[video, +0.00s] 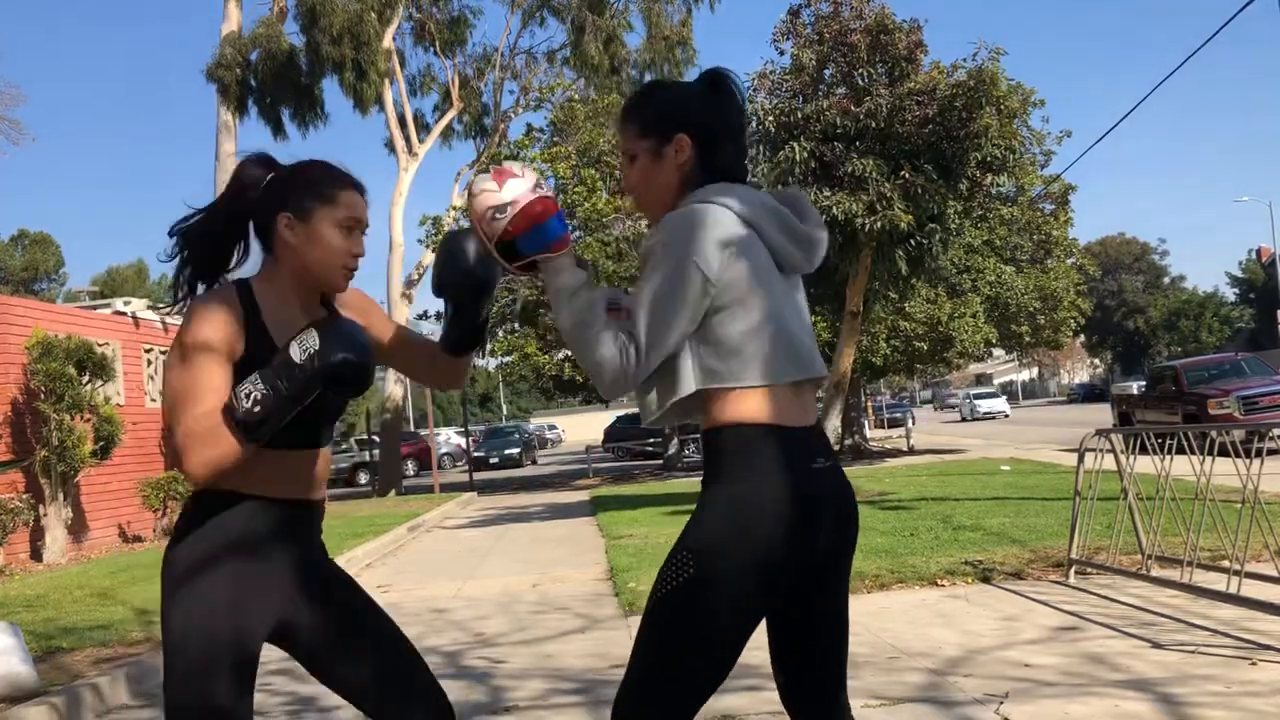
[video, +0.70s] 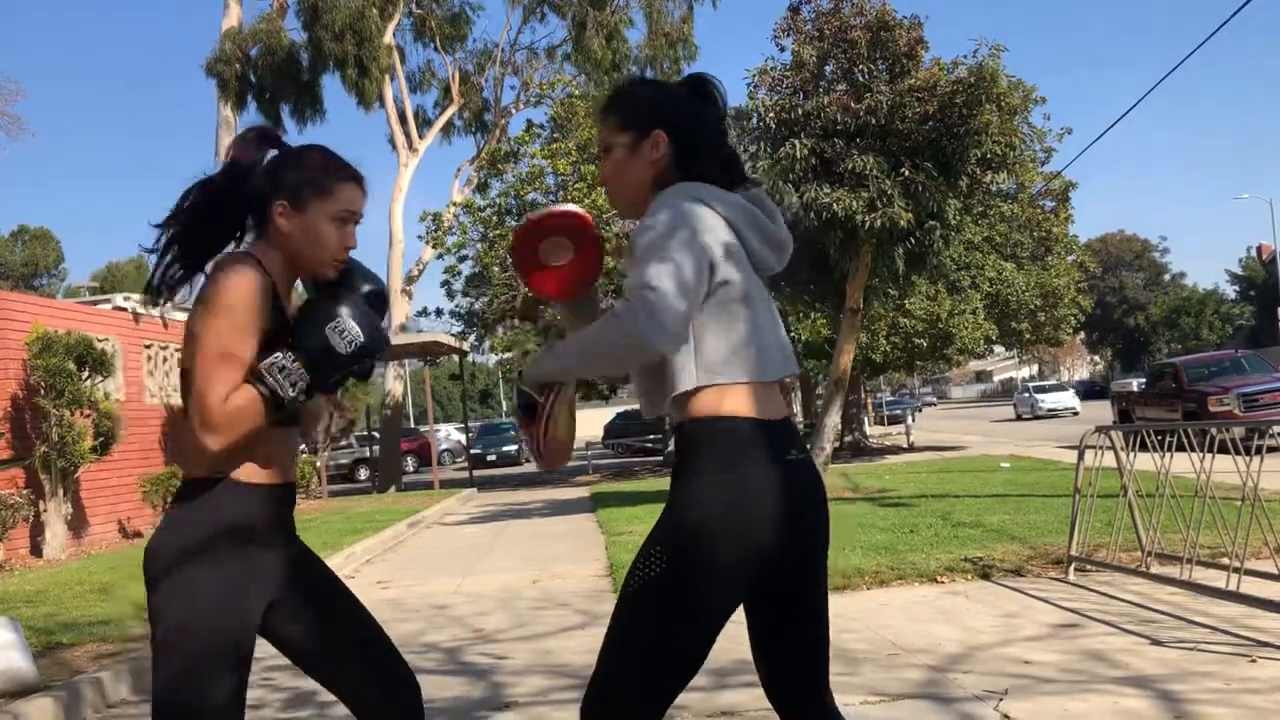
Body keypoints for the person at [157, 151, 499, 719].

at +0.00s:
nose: (362, 249)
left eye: (362, 232)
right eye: (349, 229)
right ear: (289, 229)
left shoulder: (349, 311)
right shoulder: (217, 317)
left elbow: (446, 370)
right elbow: (198, 457)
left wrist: (466, 305)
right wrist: (289, 380)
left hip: (301, 556)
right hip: (220, 557)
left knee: (425, 708)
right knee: (208, 711)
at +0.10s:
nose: (374, 244)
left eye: (375, 227)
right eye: (363, 225)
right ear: (305, 225)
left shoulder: (352, 308)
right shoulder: (239, 314)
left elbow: (440, 368)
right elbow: (244, 458)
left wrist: (458, 316)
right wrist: (312, 361)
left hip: (299, 553)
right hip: (222, 554)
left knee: (423, 706)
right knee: (213, 711)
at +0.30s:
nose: (361, 252)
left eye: (362, 236)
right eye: (347, 235)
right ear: (291, 232)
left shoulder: (284, 314)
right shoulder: (250, 289)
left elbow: (316, 443)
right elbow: (355, 367)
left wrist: (358, 383)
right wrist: (397, 328)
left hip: (265, 554)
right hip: (202, 556)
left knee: (399, 704)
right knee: (180, 711)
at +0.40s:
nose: (342, 251)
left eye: (344, 236)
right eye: (328, 234)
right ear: (268, 234)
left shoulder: (306, 322)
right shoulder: (205, 305)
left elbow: (327, 452)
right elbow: (222, 446)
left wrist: (360, 373)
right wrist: (305, 363)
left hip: (266, 558)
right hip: (179, 564)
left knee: (399, 708)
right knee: (158, 713)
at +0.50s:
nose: (298, 265)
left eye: (304, 248)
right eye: (282, 243)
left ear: (307, 251)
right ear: (222, 244)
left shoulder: (316, 327)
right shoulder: (157, 326)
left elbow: (351, 452)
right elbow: (126, 476)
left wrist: (379, 407)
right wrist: (173, 390)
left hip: (263, 570)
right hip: (163, 569)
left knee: (403, 710)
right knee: (130, 711)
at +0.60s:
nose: (318, 250)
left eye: (323, 235)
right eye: (306, 229)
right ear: (243, 226)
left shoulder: (312, 311)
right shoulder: (165, 304)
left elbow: (331, 445)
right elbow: (138, 455)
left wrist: (355, 369)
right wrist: (200, 385)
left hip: (272, 554)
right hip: (177, 555)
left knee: (401, 708)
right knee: (150, 712)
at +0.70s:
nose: (353, 241)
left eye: (356, 225)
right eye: (343, 222)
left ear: (290, 219)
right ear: (285, 215)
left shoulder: (282, 292)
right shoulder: (240, 282)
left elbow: (270, 420)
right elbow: (213, 429)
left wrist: (320, 399)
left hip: (267, 540)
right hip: (215, 546)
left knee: (393, 696)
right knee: (196, 712)